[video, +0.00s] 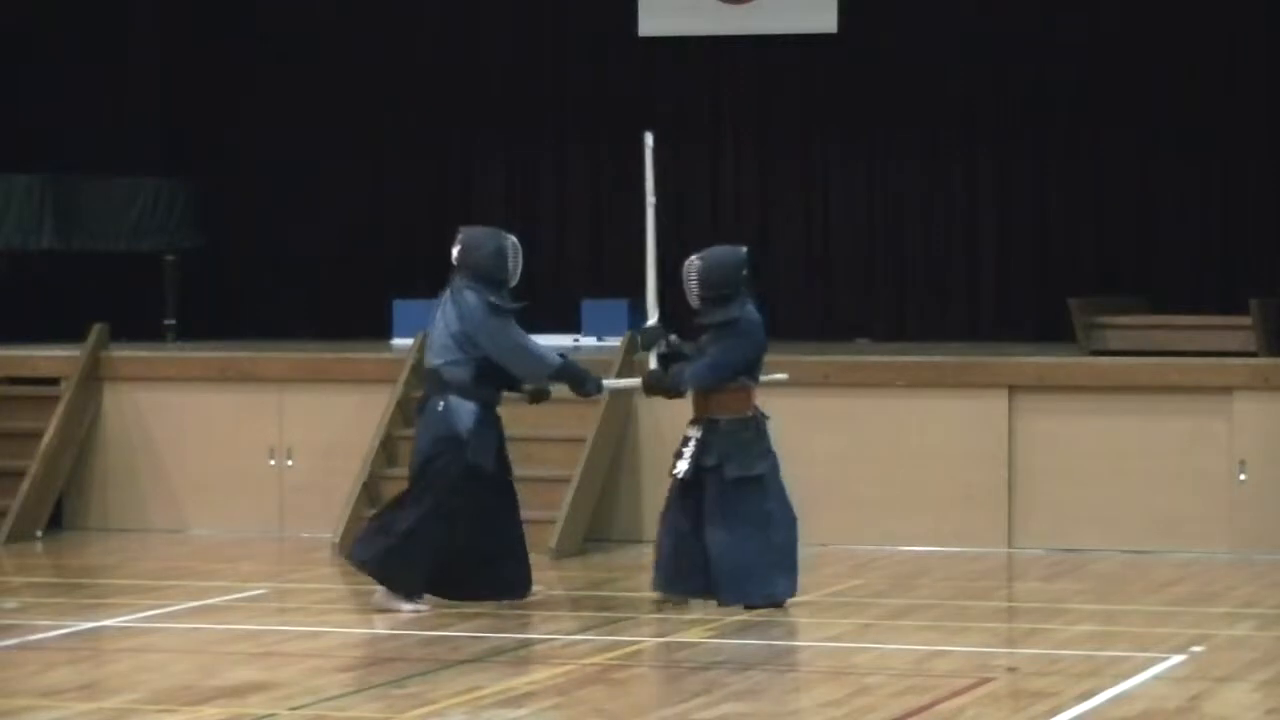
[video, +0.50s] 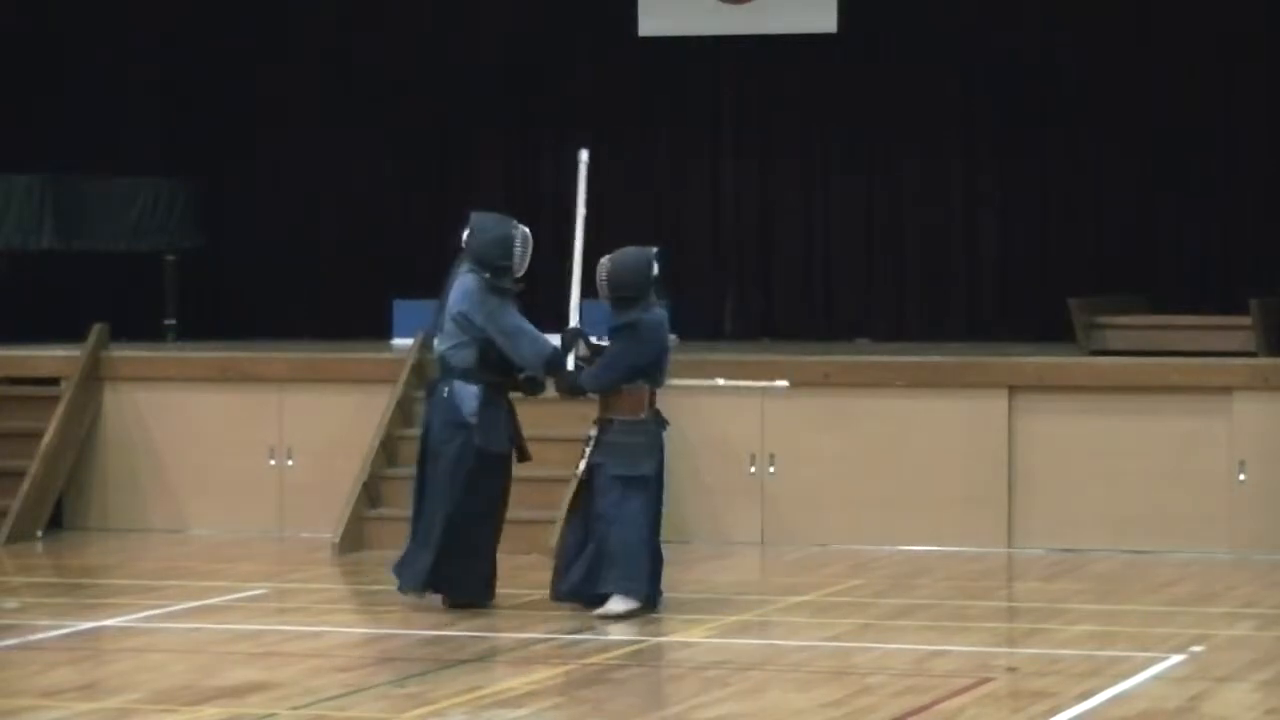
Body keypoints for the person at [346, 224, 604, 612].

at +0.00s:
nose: (513, 268)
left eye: (512, 259)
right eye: (507, 260)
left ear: (468, 260)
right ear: (491, 262)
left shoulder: (461, 297)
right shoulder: (474, 302)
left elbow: (479, 359)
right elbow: (516, 350)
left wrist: (524, 383)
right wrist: (571, 373)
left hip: (464, 408)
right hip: (459, 411)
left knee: (490, 496)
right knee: (443, 497)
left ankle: (502, 580)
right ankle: (398, 583)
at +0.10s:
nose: (504, 261)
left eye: (504, 253)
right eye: (499, 253)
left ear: (464, 253)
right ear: (484, 255)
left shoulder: (472, 291)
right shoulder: (463, 293)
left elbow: (502, 338)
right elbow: (507, 343)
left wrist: (522, 373)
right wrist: (558, 369)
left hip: (469, 403)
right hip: (453, 404)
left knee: (483, 494)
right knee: (437, 492)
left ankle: (493, 580)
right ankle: (395, 579)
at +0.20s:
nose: (503, 260)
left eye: (503, 251)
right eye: (498, 252)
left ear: (462, 251)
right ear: (482, 254)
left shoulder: (465, 290)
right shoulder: (462, 293)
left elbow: (486, 346)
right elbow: (510, 341)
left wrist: (522, 368)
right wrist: (561, 362)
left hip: (467, 403)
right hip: (453, 405)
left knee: (472, 495)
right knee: (440, 492)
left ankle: (471, 584)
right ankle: (394, 576)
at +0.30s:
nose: (508, 262)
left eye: (508, 253)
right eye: (503, 253)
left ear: (465, 253)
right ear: (487, 255)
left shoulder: (471, 292)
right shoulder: (466, 295)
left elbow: (484, 356)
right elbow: (518, 343)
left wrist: (524, 371)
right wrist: (567, 362)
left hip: (470, 403)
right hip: (454, 404)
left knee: (468, 496)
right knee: (440, 493)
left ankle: (462, 588)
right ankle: (397, 582)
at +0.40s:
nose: (514, 260)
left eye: (513, 251)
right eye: (509, 251)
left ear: (471, 252)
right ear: (495, 254)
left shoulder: (473, 289)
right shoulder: (471, 292)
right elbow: (523, 344)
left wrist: (554, 356)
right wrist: (563, 349)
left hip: (477, 402)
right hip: (461, 403)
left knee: (475, 498)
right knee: (447, 494)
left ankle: (466, 589)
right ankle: (402, 573)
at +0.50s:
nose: (519, 261)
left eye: (519, 253)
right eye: (514, 253)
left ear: (479, 252)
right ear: (498, 256)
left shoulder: (477, 284)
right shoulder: (477, 291)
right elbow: (528, 347)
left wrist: (533, 368)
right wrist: (556, 356)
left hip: (476, 398)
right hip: (470, 402)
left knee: (477, 490)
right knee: (473, 491)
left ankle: (468, 584)